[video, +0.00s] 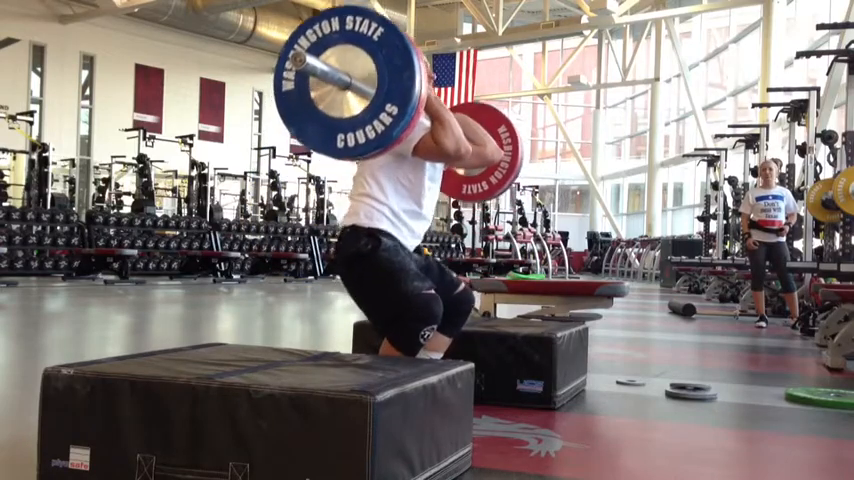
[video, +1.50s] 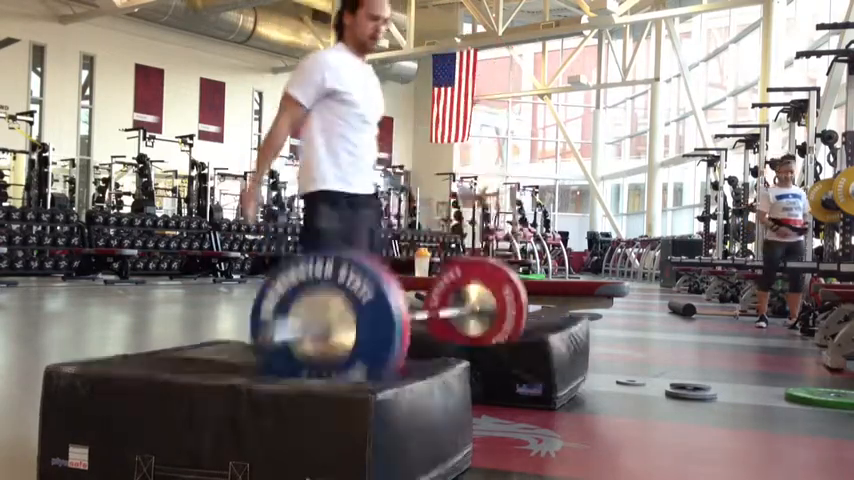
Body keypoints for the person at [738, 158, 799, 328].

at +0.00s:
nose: (767, 172)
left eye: (770, 169)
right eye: (764, 170)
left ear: (776, 172)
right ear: (760, 173)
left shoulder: (784, 192)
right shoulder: (752, 193)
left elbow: (792, 213)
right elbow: (744, 216)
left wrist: (788, 224)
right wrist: (746, 235)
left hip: (778, 239)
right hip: (757, 239)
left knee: (785, 275)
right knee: (757, 277)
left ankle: (795, 317)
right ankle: (761, 316)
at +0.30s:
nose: (767, 173)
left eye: (771, 170)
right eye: (764, 170)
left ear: (776, 173)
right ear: (760, 173)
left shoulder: (785, 193)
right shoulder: (752, 193)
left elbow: (792, 214)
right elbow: (745, 216)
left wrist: (788, 224)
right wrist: (746, 235)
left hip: (778, 239)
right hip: (758, 239)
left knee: (785, 276)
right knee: (757, 277)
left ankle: (795, 317)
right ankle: (761, 316)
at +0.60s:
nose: (768, 174)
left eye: (771, 171)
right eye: (765, 171)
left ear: (777, 173)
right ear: (760, 173)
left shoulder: (785, 193)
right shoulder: (752, 194)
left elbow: (792, 213)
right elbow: (745, 216)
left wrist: (788, 224)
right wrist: (747, 235)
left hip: (778, 239)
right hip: (758, 239)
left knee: (785, 275)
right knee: (757, 277)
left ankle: (795, 317)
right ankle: (761, 315)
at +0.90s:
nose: (771, 175)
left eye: (774, 172)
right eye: (768, 172)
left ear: (779, 174)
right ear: (762, 173)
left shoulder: (785, 193)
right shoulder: (753, 193)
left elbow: (793, 213)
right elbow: (745, 216)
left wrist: (789, 224)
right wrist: (747, 235)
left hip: (779, 240)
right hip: (759, 239)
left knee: (787, 275)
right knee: (758, 277)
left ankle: (795, 317)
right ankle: (761, 315)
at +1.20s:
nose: (776, 177)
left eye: (780, 173)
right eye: (773, 173)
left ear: (784, 174)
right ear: (766, 172)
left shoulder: (789, 193)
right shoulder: (757, 192)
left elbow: (795, 213)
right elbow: (748, 217)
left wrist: (794, 224)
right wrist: (752, 236)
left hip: (785, 239)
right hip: (764, 239)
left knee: (792, 275)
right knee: (761, 277)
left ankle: (794, 318)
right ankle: (762, 315)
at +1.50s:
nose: (788, 175)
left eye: (791, 172)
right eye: (784, 172)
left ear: (794, 173)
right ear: (777, 172)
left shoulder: (801, 193)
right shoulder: (768, 192)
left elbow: (806, 215)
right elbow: (761, 216)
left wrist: (805, 225)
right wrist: (776, 228)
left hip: (796, 240)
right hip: (774, 240)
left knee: (797, 277)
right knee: (768, 276)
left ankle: (793, 318)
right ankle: (762, 315)